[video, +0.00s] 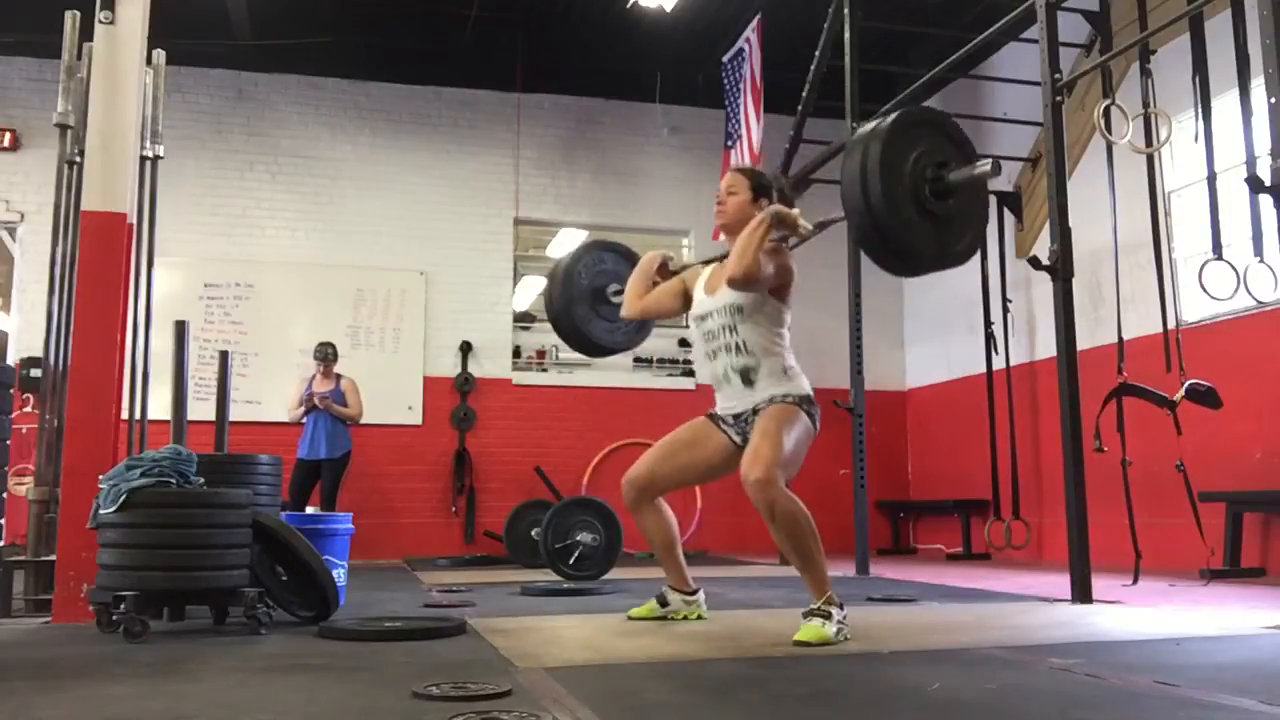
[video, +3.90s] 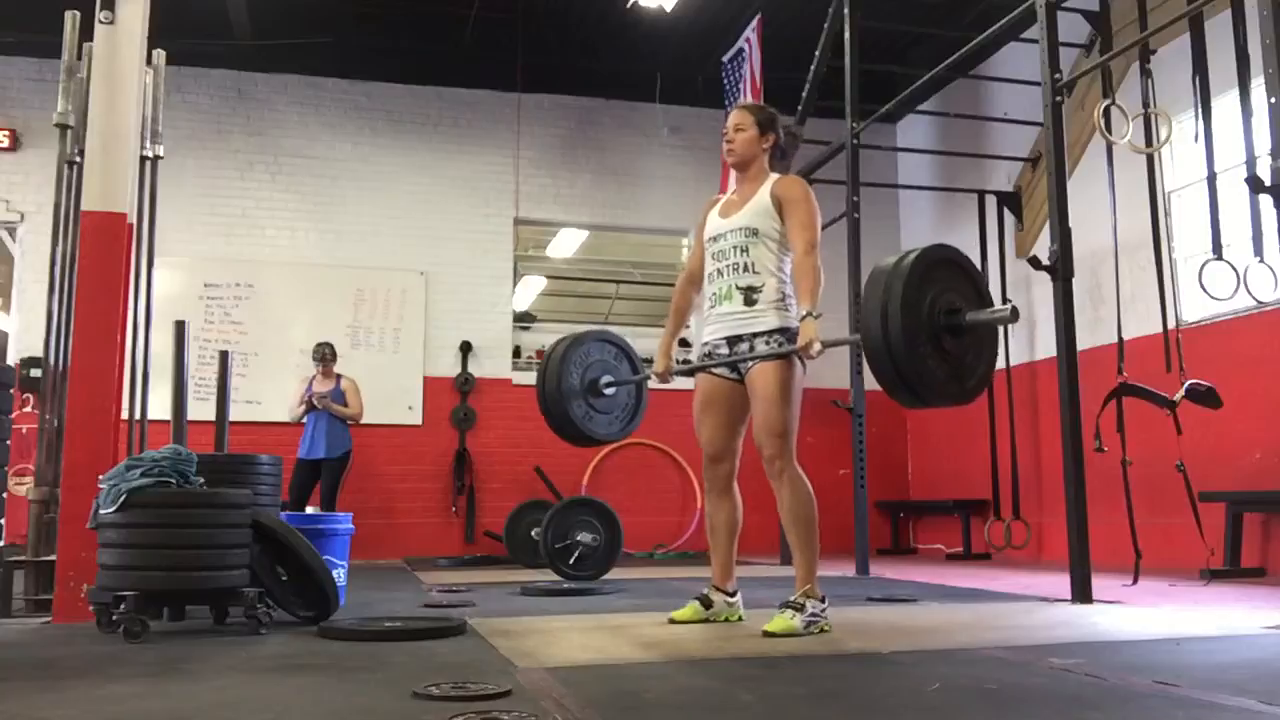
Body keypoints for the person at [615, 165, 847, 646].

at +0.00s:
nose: (719, 199)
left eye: (731, 192)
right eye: (719, 192)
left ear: (762, 207)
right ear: (720, 210)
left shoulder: (775, 262)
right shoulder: (697, 277)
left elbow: (740, 272)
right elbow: (633, 306)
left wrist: (768, 217)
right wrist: (652, 258)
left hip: (785, 404)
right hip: (729, 418)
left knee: (760, 478)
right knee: (637, 486)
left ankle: (826, 606)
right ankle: (683, 596)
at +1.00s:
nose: (729, 126)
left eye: (741, 119)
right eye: (729, 119)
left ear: (771, 139)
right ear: (729, 134)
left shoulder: (784, 192)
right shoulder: (705, 202)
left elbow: (745, 187)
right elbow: (642, 237)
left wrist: (782, 140)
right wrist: (660, 187)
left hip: (772, 335)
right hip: (721, 342)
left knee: (765, 458)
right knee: (700, 462)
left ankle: (800, 600)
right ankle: (685, 589)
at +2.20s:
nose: (744, 118)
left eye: (756, 113)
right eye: (744, 113)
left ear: (779, 134)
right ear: (740, 131)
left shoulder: (785, 183)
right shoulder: (713, 200)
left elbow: (818, 209)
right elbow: (663, 250)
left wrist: (810, 137)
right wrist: (652, 191)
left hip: (767, 333)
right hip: (714, 340)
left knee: (777, 460)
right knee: (709, 465)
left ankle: (803, 598)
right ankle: (721, 593)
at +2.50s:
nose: (752, 128)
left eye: (764, 123)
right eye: (750, 122)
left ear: (789, 139)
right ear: (746, 138)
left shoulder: (798, 175)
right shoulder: (726, 194)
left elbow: (855, 170)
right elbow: (677, 222)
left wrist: (830, 194)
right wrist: (663, 255)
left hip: (787, 333)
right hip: (735, 339)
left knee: (789, 459)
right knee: (719, 463)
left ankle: (804, 598)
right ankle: (722, 592)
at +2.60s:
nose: (725, 127)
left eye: (738, 121)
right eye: (726, 121)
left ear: (765, 136)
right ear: (725, 138)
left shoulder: (785, 181)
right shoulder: (712, 204)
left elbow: (846, 216)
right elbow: (680, 265)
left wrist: (820, 279)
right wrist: (667, 319)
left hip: (791, 339)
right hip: (739, 348)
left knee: (792, 462)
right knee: (720, 464)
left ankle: (804, 599)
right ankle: (722, 592)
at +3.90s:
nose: (727, 137)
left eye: (738, 129)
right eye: (725, 130)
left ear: (767, 139)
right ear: (724, 142)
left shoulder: (787, 188)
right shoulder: (714, 211)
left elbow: (806, 252)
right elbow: (689, 279)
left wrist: (808, 315)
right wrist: (668, 340)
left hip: (770, 338)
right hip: (716, 345)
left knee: (777, 459)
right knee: (716, 464)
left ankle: (808, 597)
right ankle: (722, 593)